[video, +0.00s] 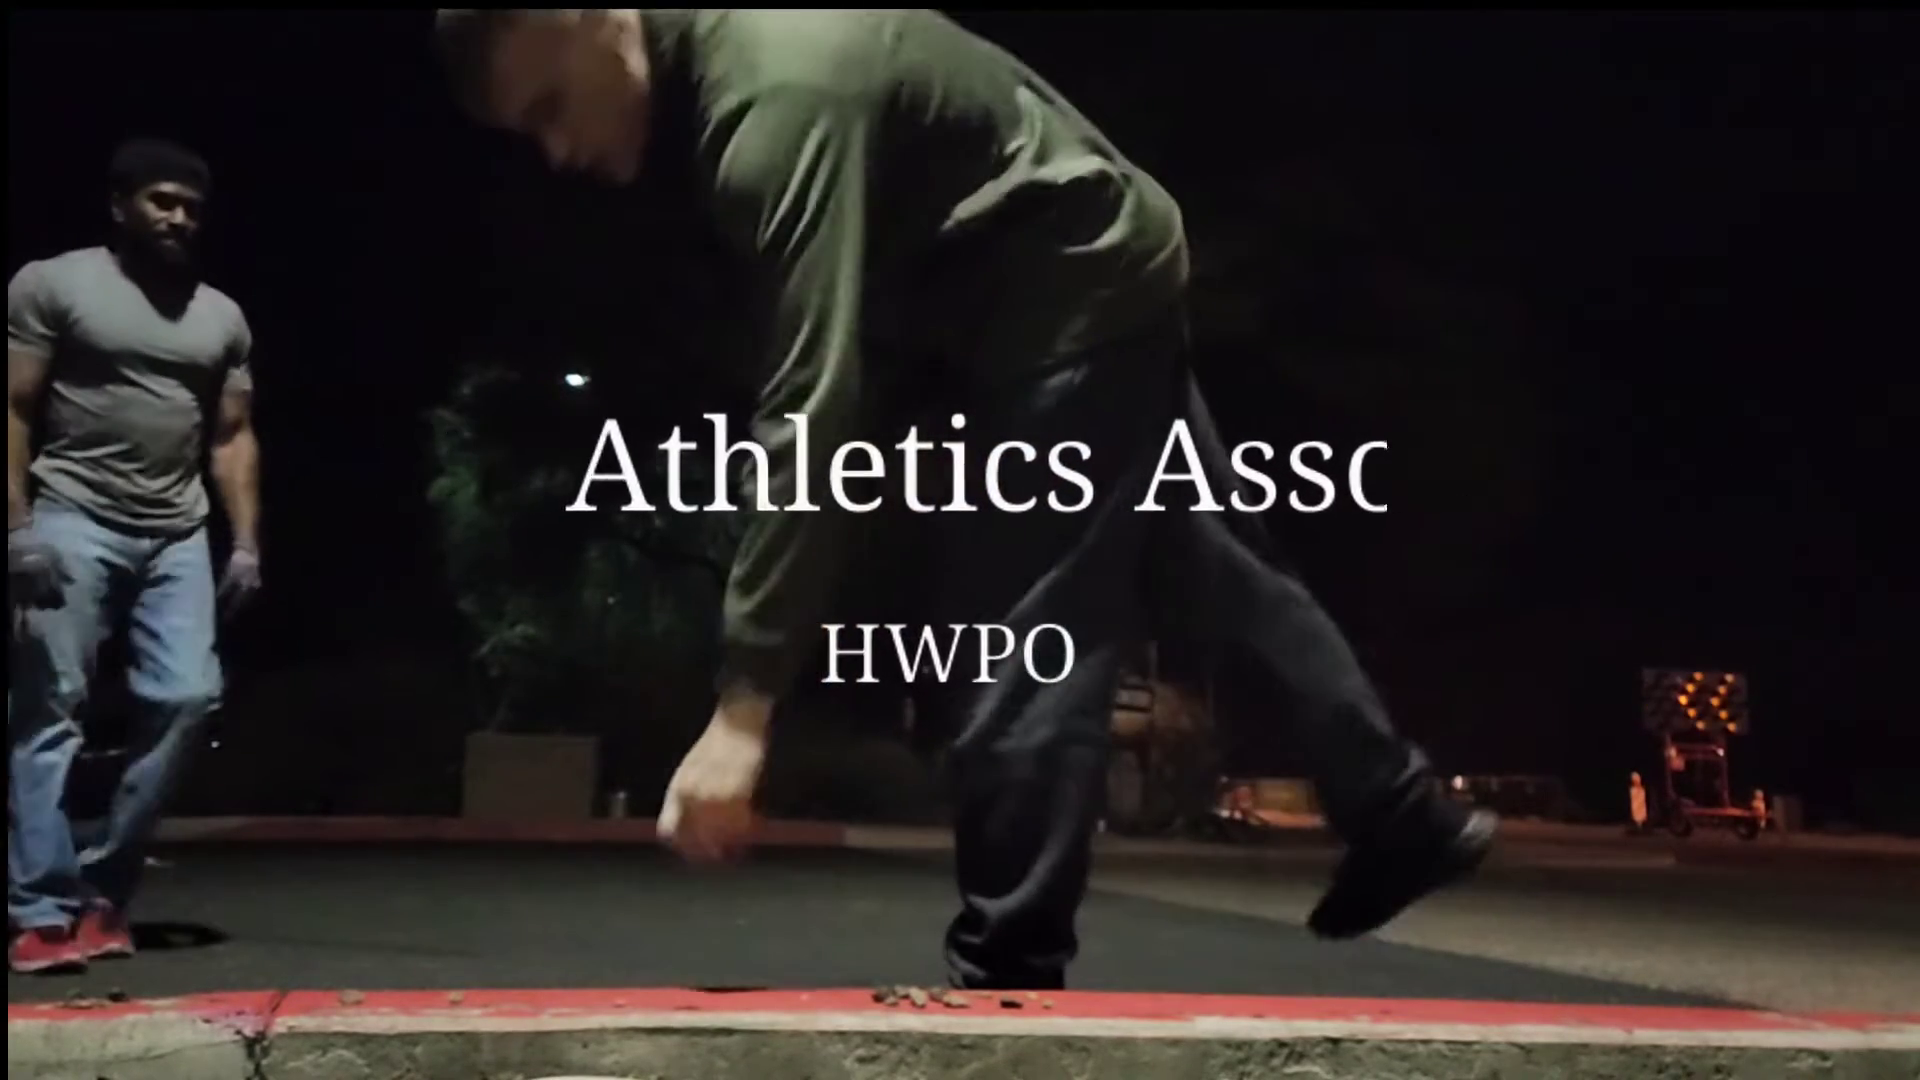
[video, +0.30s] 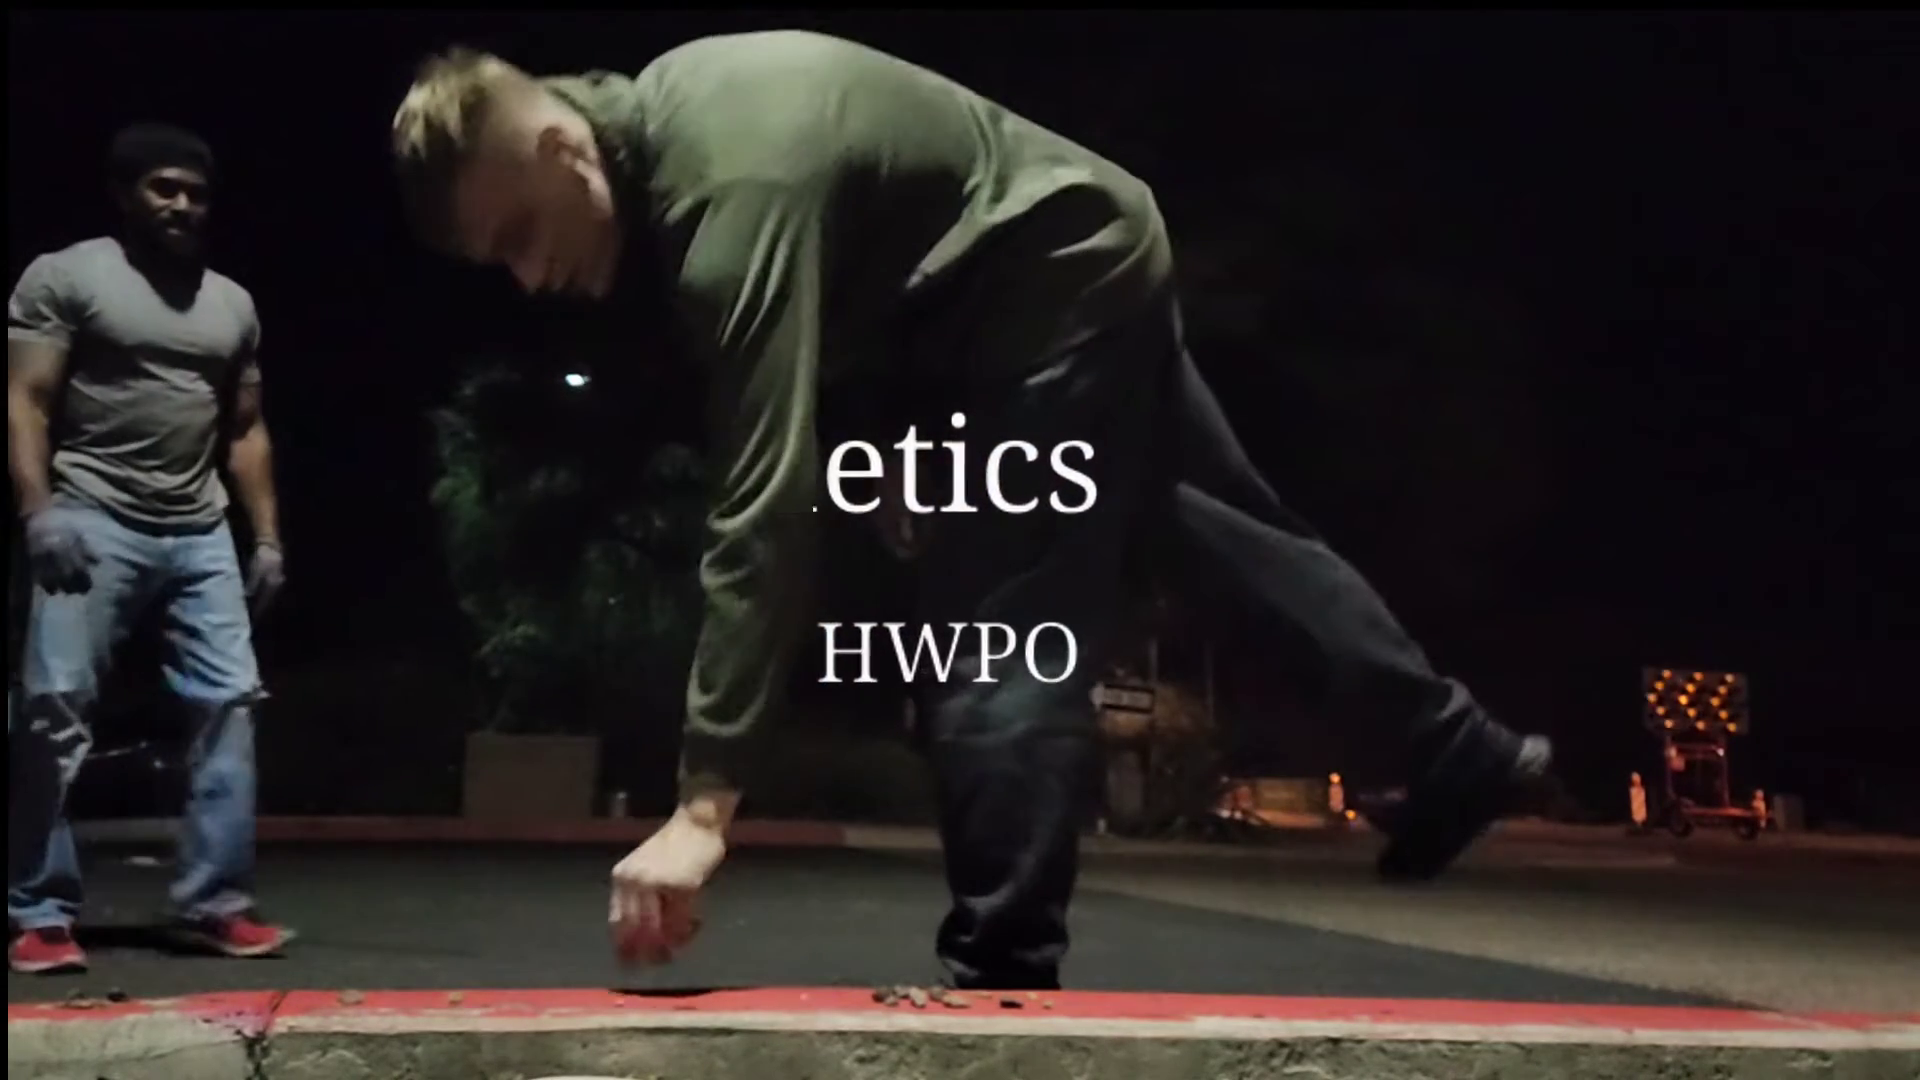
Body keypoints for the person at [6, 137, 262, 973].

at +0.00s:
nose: (178, 219)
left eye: (190, 207)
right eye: (161, 202)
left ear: (204, 219)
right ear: (121, 206)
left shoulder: (222, 321)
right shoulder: (53, 288)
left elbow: (233, 434)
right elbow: (16, 412)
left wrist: (246, 537)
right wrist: (19, 524)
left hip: (178, 532)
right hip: (71, 519)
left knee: (187, 695)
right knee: (52, 706)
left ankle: (97, 893)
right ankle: (39, 912)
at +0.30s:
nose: (183, 207)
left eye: (196, 194)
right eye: (165, 190)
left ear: (211, 206)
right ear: (127, 195)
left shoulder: (231, 307)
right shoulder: (66, 279)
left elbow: (246, 426)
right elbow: (27, 399)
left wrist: (266, 533)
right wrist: (39, 508)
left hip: (200, 529)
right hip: (90, 518)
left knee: (230, 699)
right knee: (58, 708)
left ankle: (213, 900)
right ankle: (38, 911)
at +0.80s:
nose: (296, 221)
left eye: (309, 210)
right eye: (280, 204)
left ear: (320, 224)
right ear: (239, 209)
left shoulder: (340, 323)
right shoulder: (178, 290)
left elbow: (360, 435)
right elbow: (141, 412)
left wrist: (388, 528)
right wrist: (155, 527)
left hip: (305, 539)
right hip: (204, 525)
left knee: (291, 716)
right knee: (134, 711)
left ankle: (265, 907)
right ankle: (54, 908)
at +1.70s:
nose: (368, 244)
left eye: (382, 234)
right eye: (354, 226)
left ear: (392, 245)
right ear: (315, 222)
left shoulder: (392, 340)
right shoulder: (240, 290)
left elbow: (417, 449)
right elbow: (181, 385)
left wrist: (488, 516)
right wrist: (177, 437)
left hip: (325, 544)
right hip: (233, 527)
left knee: (303, 716)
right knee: (200, 705)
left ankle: (264, 905)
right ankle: (168, 909)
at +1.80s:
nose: (361, 250)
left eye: (373, 238)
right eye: (347, 232)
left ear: (384, 243)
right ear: (304, 224)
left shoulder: (384, 333)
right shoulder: (231, 288)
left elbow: (382, 440)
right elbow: (201, 400)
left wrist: (449, 492)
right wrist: (264, 450)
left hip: (322, 544)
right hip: (229, 533)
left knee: (301, 717)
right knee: (195, 712)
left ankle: (269, 907)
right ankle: (167, 913)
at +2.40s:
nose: (325, 319)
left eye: (338, 304)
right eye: (313, 300)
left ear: (347, 304)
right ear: (280, 290)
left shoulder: (351, 365)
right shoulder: (193, 325)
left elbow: (330, 480)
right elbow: (155, 448)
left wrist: (357, 500)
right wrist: (222, 504)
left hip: (263, 538)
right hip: (161, 530)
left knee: (268, 719)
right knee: (150, 717)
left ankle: (266, 905)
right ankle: (162, 912)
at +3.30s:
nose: (440, 363)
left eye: (451, 350)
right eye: (430, 345)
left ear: (461, 347)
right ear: (396, 331)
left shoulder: (461, 402)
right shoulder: (307, 352)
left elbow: (441, 512)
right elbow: (267, 477)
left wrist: (407, 535)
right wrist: (347, 531)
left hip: (361, 549)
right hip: (260, 530)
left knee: (362, 716)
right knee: (222, 696)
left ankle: (341, 916)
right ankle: (169, 913)